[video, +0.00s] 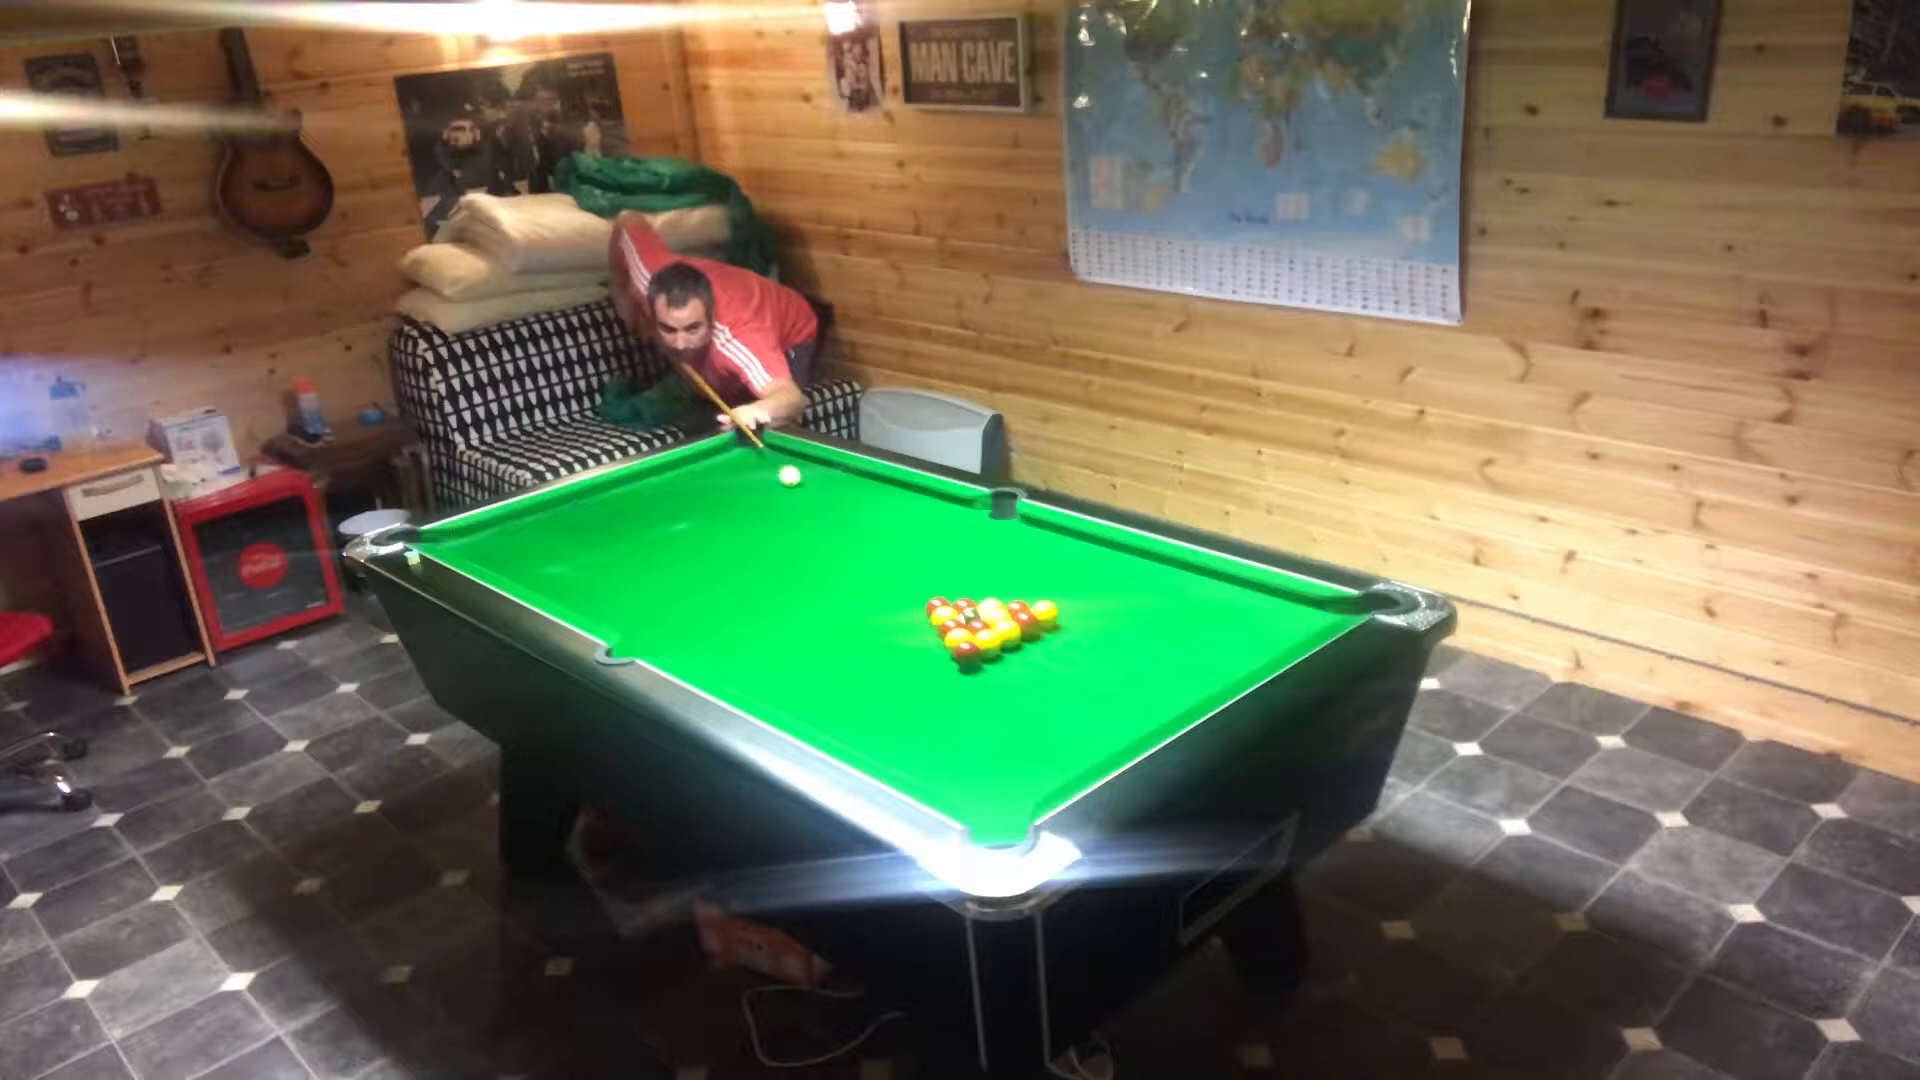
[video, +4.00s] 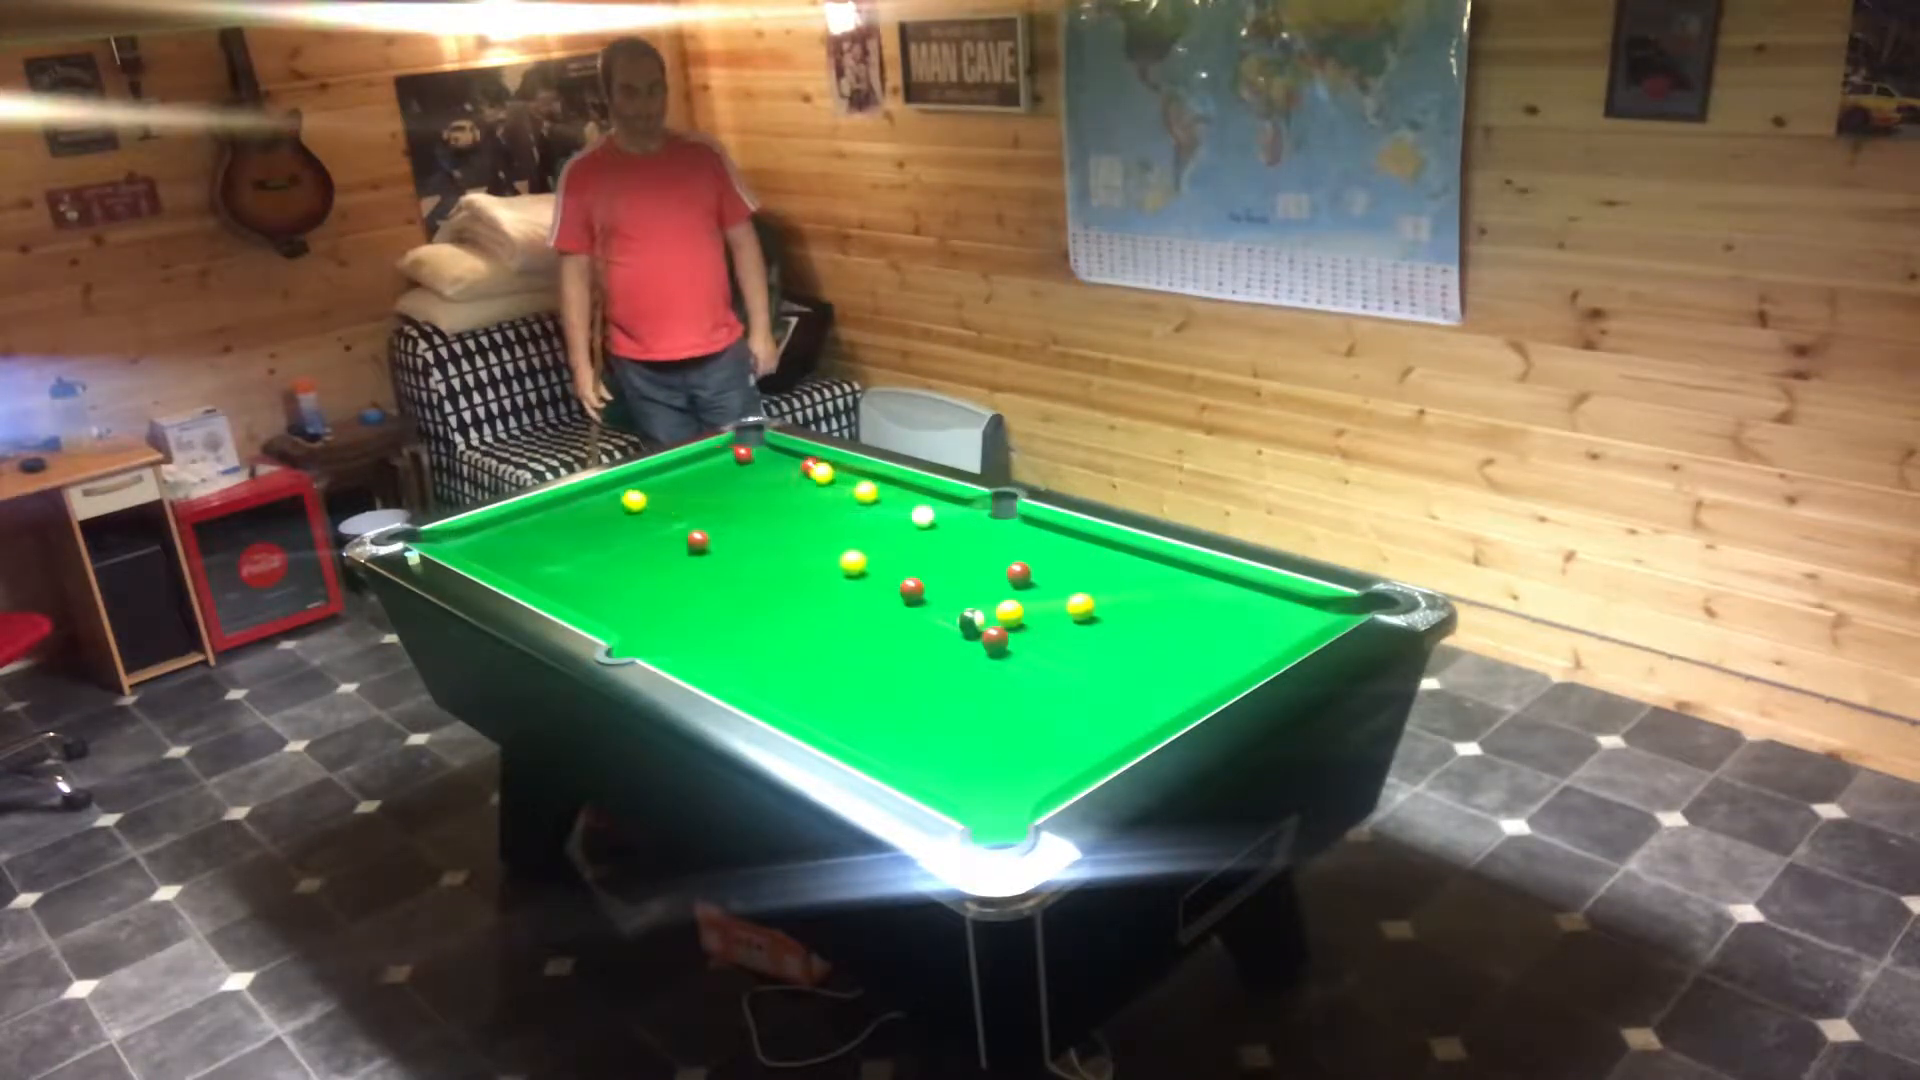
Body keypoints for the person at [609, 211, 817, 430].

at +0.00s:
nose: (680, 343)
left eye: (692, 330)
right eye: (668, 330)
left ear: (710, 317)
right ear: (654, 315)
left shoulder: (737, 336)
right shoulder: (653, 279)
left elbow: (792, 399)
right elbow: (627, 219)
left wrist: (758, 410)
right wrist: (622, 297)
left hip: (790, 333)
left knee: (771, 435)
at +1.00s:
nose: (681, 335)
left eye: (693, 322)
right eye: (670, 323)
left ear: (711, 310)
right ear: (654, 307)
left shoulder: (740, 330)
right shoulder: (649, 279)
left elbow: (792, 398)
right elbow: (626, 237)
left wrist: (758, 411)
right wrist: (620, 296)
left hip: (788, 338)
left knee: (774, 437)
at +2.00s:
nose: (729, 203)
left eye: (743, 188)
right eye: (717, 188)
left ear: (760, 185)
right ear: (700, 185)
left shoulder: (790, 237)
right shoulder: (676, 207)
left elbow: (793, 337)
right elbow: (663, 273)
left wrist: (757, 403)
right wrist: (694, 349)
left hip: (780, 380)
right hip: (711, 374)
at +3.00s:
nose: (656, 99)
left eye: (666, 86)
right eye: (642, 87)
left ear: (677, 90)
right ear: (618, 93)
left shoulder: (713, 157)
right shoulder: (594, 175)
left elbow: (746, 241)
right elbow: (585, 278)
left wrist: (763, 326)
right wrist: (600, 370)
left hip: (734, 360)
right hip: (655, 371)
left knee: (766, 489)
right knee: (681, 500)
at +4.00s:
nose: (644, 104)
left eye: (654, 90)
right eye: (630, 91)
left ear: (667, 93)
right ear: (607, 96)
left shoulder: (705, 158)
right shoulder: (584, 175)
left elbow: (744, 242)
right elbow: (575, 271)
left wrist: (761, 329)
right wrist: (581, 364)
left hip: (721, 360)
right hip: (643, 370)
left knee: (749, 485)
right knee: (676, 500)